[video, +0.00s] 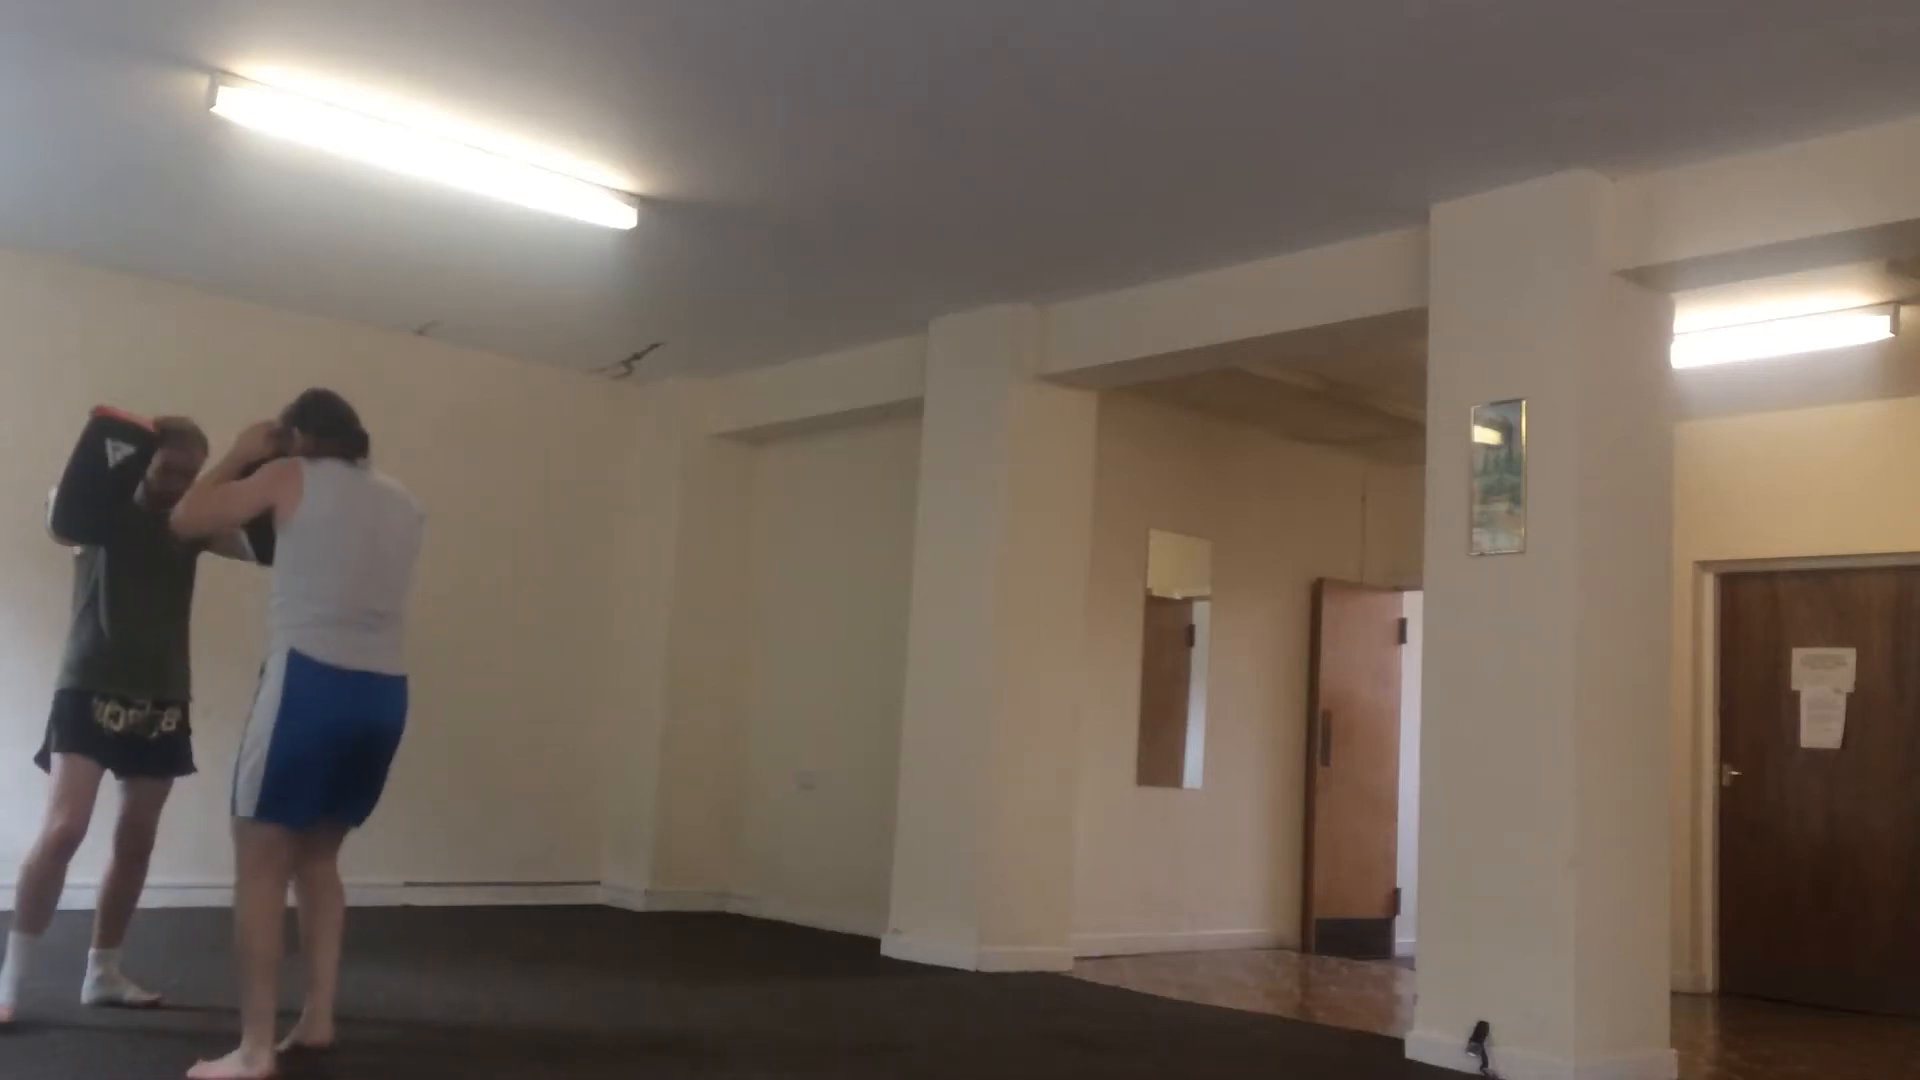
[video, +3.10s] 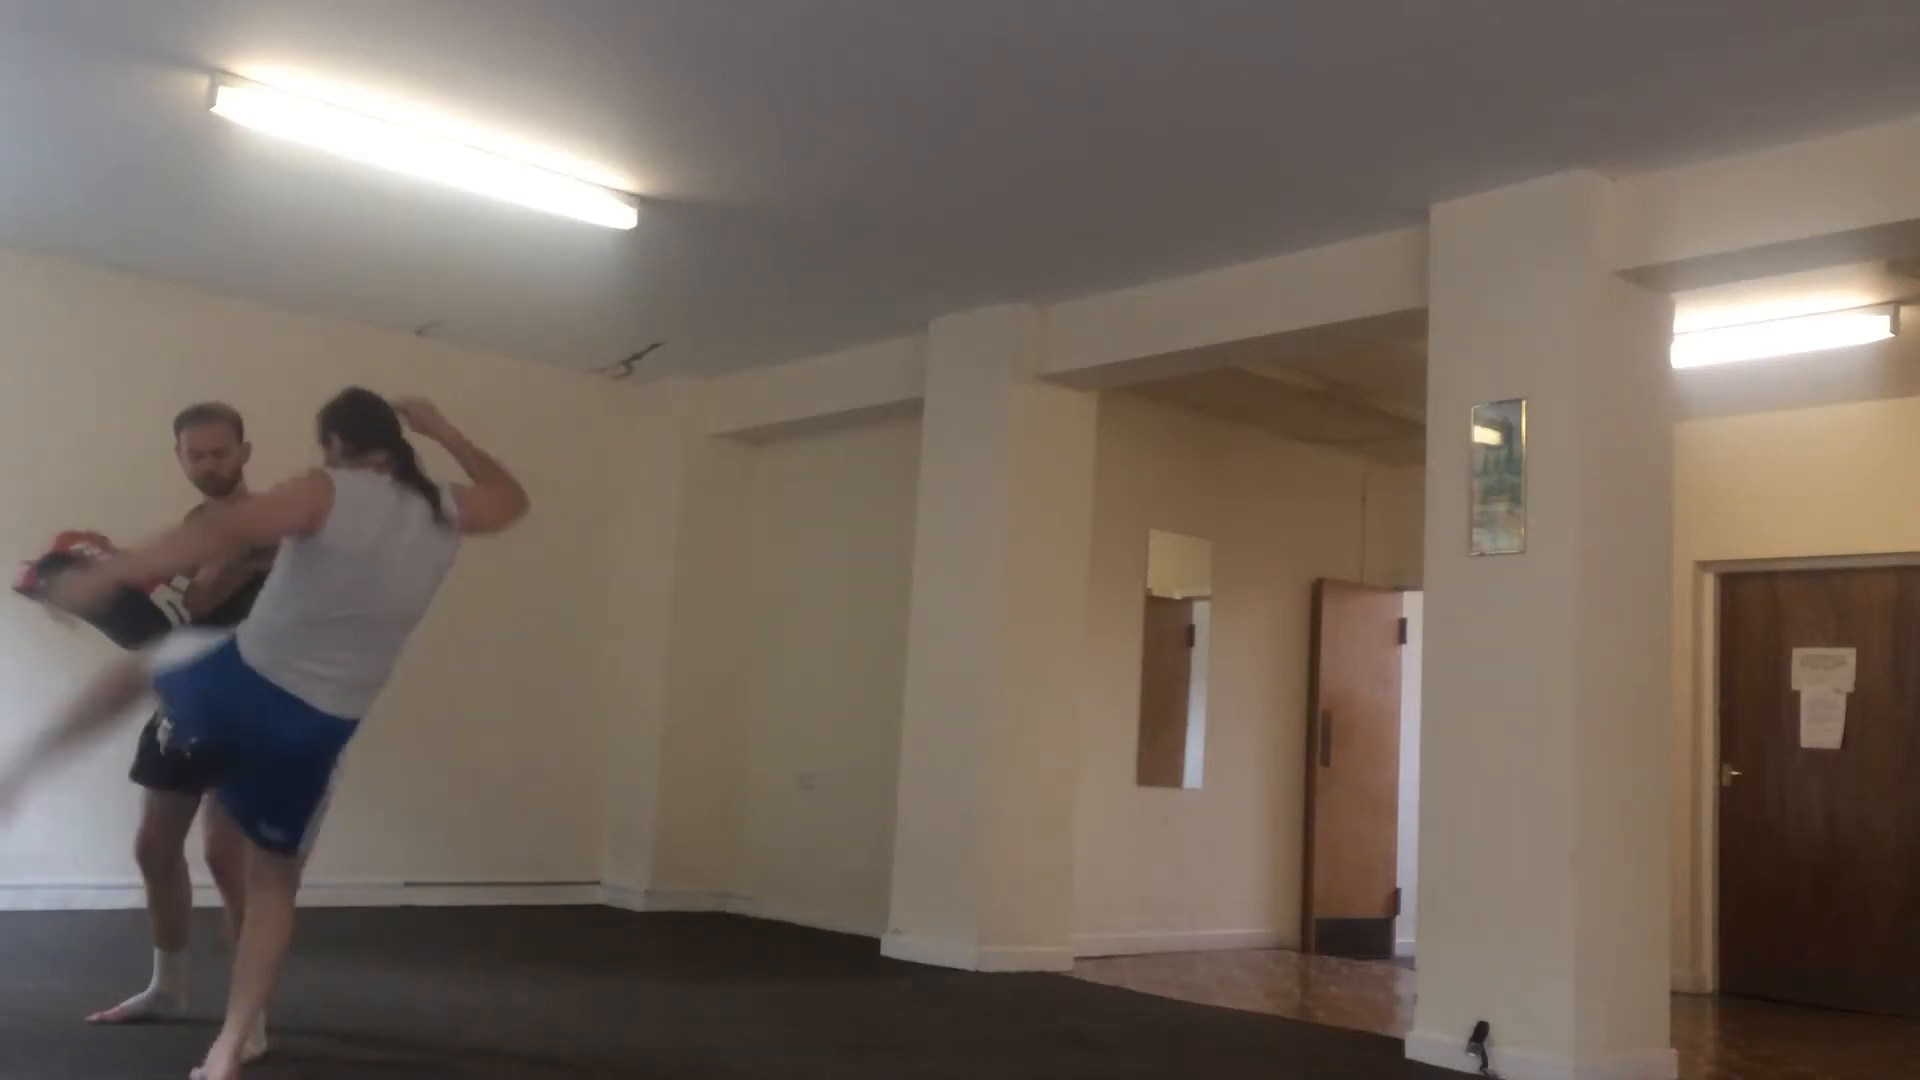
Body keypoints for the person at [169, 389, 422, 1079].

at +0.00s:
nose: (282, 442)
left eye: (285, 434)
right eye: (284, 433)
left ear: (299, 438)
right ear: (359, 441)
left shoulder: (292, 479)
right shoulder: (404, 507)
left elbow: (188, 518)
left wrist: (240, 454)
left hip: (305, 694)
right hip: (381, 702)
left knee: (262, 862)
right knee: (319, 853)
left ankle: (256, 1048)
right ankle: (319, 1019)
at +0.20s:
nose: (299, 461)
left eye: (304, 453)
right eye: (302, 453)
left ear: (317, 457)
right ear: (379, 462)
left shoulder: (306, 496)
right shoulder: (421, 523)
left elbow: (212, 541)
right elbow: (375, 603)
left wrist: (266, 471)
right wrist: (286, 588)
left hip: (324, 719)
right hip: (403, 728)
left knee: (248, 894)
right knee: (341, 895)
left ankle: (312, 1047)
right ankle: (337, 1056)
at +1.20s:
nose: (378, 453)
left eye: (379, 441)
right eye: (378, 439)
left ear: (394, 444)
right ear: (452, 444)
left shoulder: (390, 493)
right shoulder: (504, 510)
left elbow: (289, 536)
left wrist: (331, 457)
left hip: (414, 724)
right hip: (491, 734)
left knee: (325, 911)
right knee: (406, 904)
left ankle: (376, 1071)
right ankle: (416, 1068)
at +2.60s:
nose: (353, 445)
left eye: (359, 439)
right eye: (357, 439)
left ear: (369, 450)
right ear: (436, 457)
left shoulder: (343, 494)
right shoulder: (475, 517)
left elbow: (249, 535)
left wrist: (316, 467)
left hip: (384, 727)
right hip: (470, 736)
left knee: (339, 936)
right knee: (375, 911)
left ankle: (406, 1072)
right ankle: (348, 1066)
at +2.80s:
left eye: (353, 455)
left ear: (353, 472)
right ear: (424, 486)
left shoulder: (312, 514)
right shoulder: (447, 548)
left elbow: (246, 512)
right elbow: (522, 554)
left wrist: (328, 469)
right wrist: (453, 491)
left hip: (324, 756)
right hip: (405, 771)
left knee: (326, 966)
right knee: (289, 924)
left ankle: (405, 1074)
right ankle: (239, 1049)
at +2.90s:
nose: (348, 473)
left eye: (352, 465)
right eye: (357, 465)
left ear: (359, 474)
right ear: (424, 488)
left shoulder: (308, 510)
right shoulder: (448, 559)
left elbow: (207, 475)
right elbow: (542, 564)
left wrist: (250, 472)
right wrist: (491, 493)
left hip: (286, 748)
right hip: (363, 767)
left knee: (240, 945)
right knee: (268, 904)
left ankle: (355, 1055)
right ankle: (230, 1056)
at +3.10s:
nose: (320, 456)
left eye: (323, 447)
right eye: (321, 449)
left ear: (338, 447)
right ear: (399, 447)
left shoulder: (324, 494)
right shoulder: (445, 512)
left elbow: (221, 526)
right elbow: (511, 499)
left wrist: (117, 569)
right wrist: (445, 432)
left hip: (241, 686)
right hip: (317, 730)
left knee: (137, 672)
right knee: (273, 877)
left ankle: (25, 775)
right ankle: (231, 1049)